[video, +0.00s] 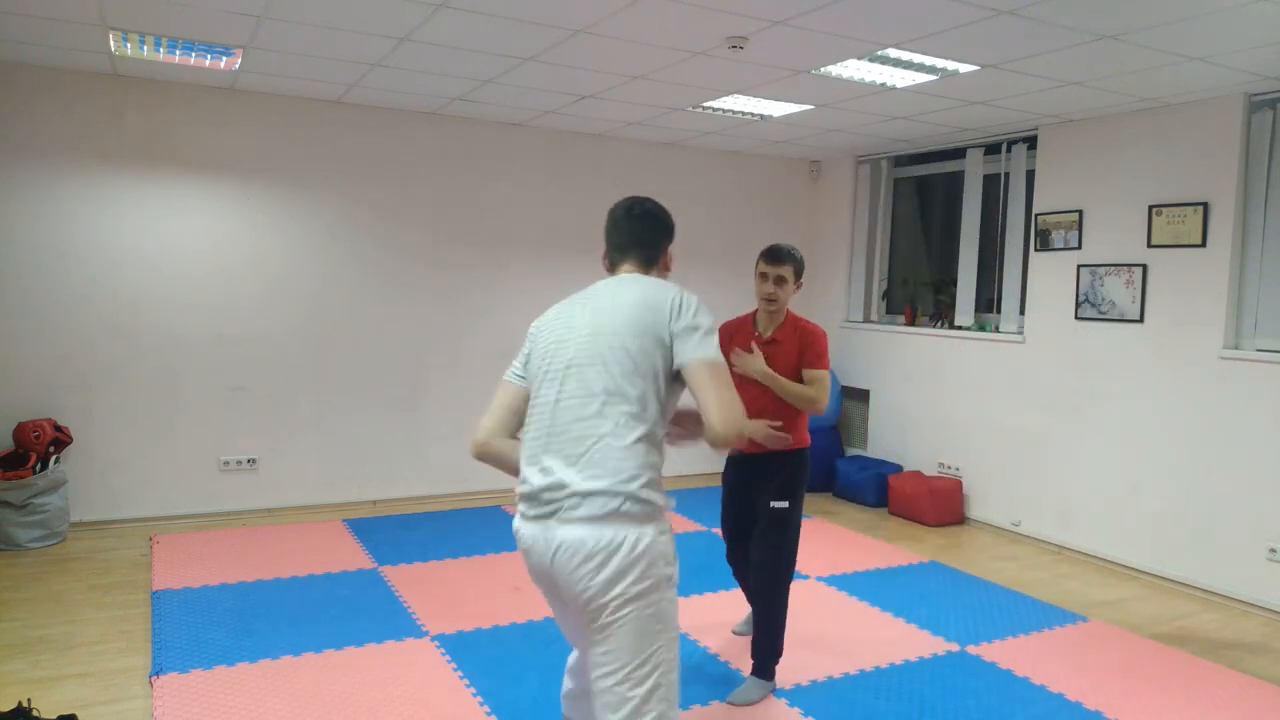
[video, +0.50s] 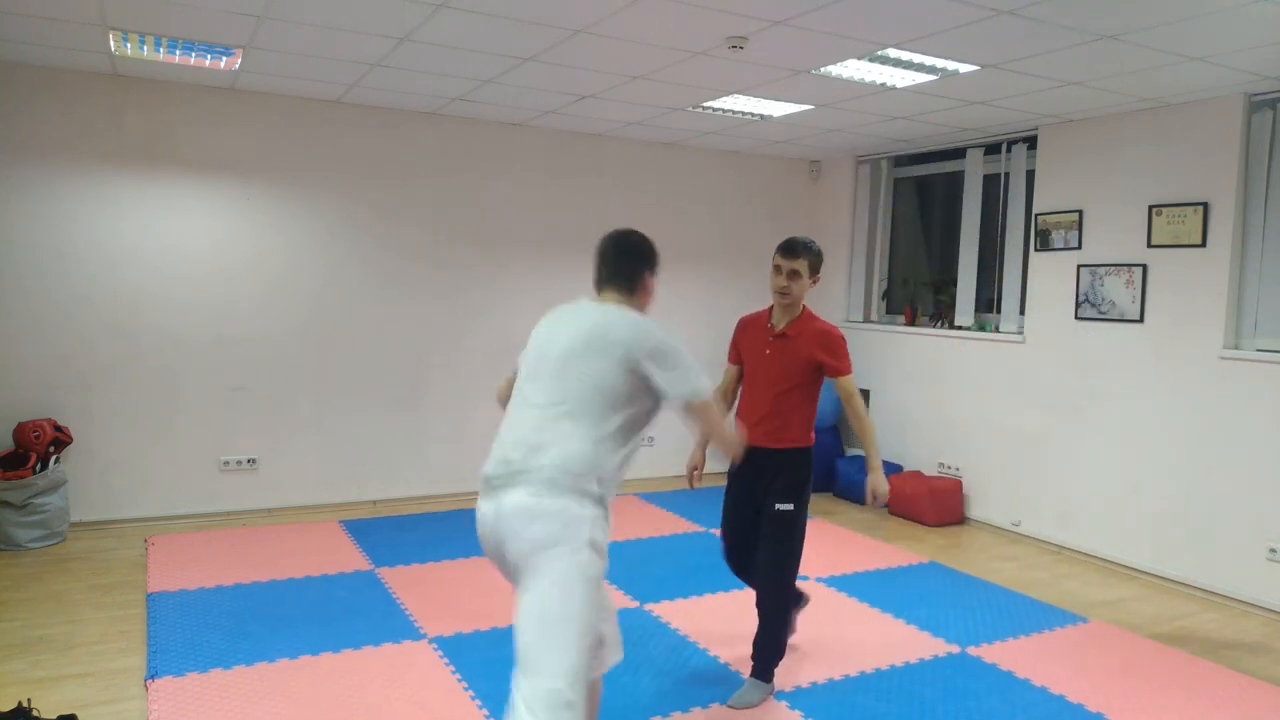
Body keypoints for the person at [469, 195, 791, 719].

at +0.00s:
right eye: (672, 253)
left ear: (605, 257)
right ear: (667, 257)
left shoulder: (552, 319)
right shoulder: (676, 303)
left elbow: (488, 440)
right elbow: (726, 429)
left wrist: (560, 472)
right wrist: (683, 423)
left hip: (539, 540)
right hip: (621, 544)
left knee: (588, 655)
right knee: (637, 706)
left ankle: (578, 713)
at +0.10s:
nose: (676, 266)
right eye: (677, 256)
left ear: (610, 255)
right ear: (673, 259)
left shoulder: (548, 318)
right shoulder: (676, 320)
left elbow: (479, 430)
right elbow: (712, 469)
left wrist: (554, 463)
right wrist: (729, 446)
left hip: (525, 544)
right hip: (605, 552)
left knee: (594, 658)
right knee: (640, 709)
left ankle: (582, 711)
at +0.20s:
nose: (689, 271)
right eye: (691, 262)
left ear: (620, 261)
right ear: (685, 266)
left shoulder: (556, 318)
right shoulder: (673, 334)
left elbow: (482, 429)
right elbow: (666, 489)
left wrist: (550, 467)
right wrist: (677, 496)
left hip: (512, 548)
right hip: (586, 564)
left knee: (591, 679)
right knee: (638, 709)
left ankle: (580, 712)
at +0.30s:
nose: (695, 301)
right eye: (697, 290)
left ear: (631, 280)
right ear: (691, 295)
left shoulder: (566, 334)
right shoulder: (672, 362)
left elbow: (484, 441)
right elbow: (642, 526)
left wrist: (536, 498)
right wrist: (616, 506)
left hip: (501, 560)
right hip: (572, 577)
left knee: (593, 695)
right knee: (632, 711)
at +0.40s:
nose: (682, 310)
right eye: (683, 301)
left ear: (622, 291)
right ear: (677, 305)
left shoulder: (563, 339)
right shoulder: (662, 366)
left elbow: (485, 429)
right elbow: (676, 515)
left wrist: (547, 467)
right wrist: (667, 489)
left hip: (496, 547)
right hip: (563, 559)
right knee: (608, 705)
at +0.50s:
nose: (653, 287)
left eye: (651, 278)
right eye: (653, 278)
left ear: (596, 276)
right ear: (646, 281)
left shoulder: (553, 323)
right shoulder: (644, 335)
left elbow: (507, 394)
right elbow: (723, 437)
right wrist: (734, 436)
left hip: (497, 509)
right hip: (559, 514)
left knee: (595, 641)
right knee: (552, 683)